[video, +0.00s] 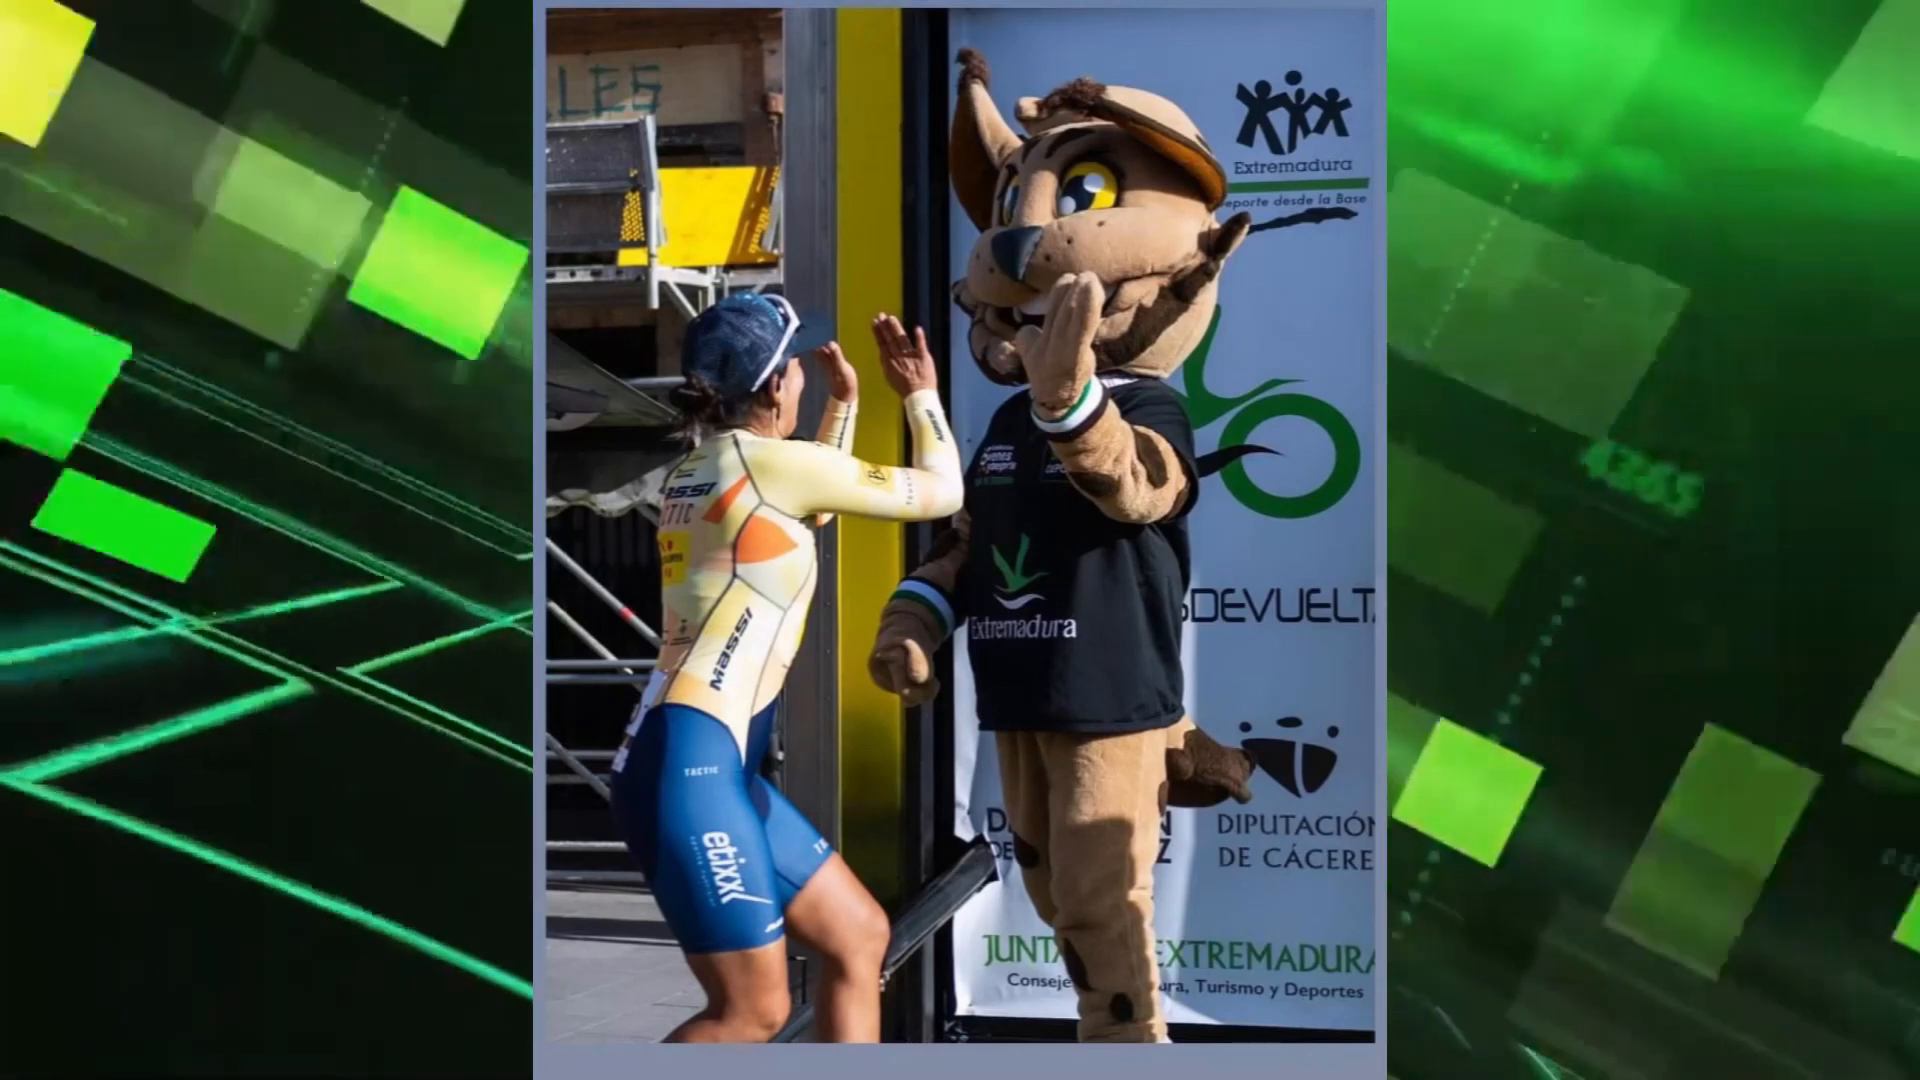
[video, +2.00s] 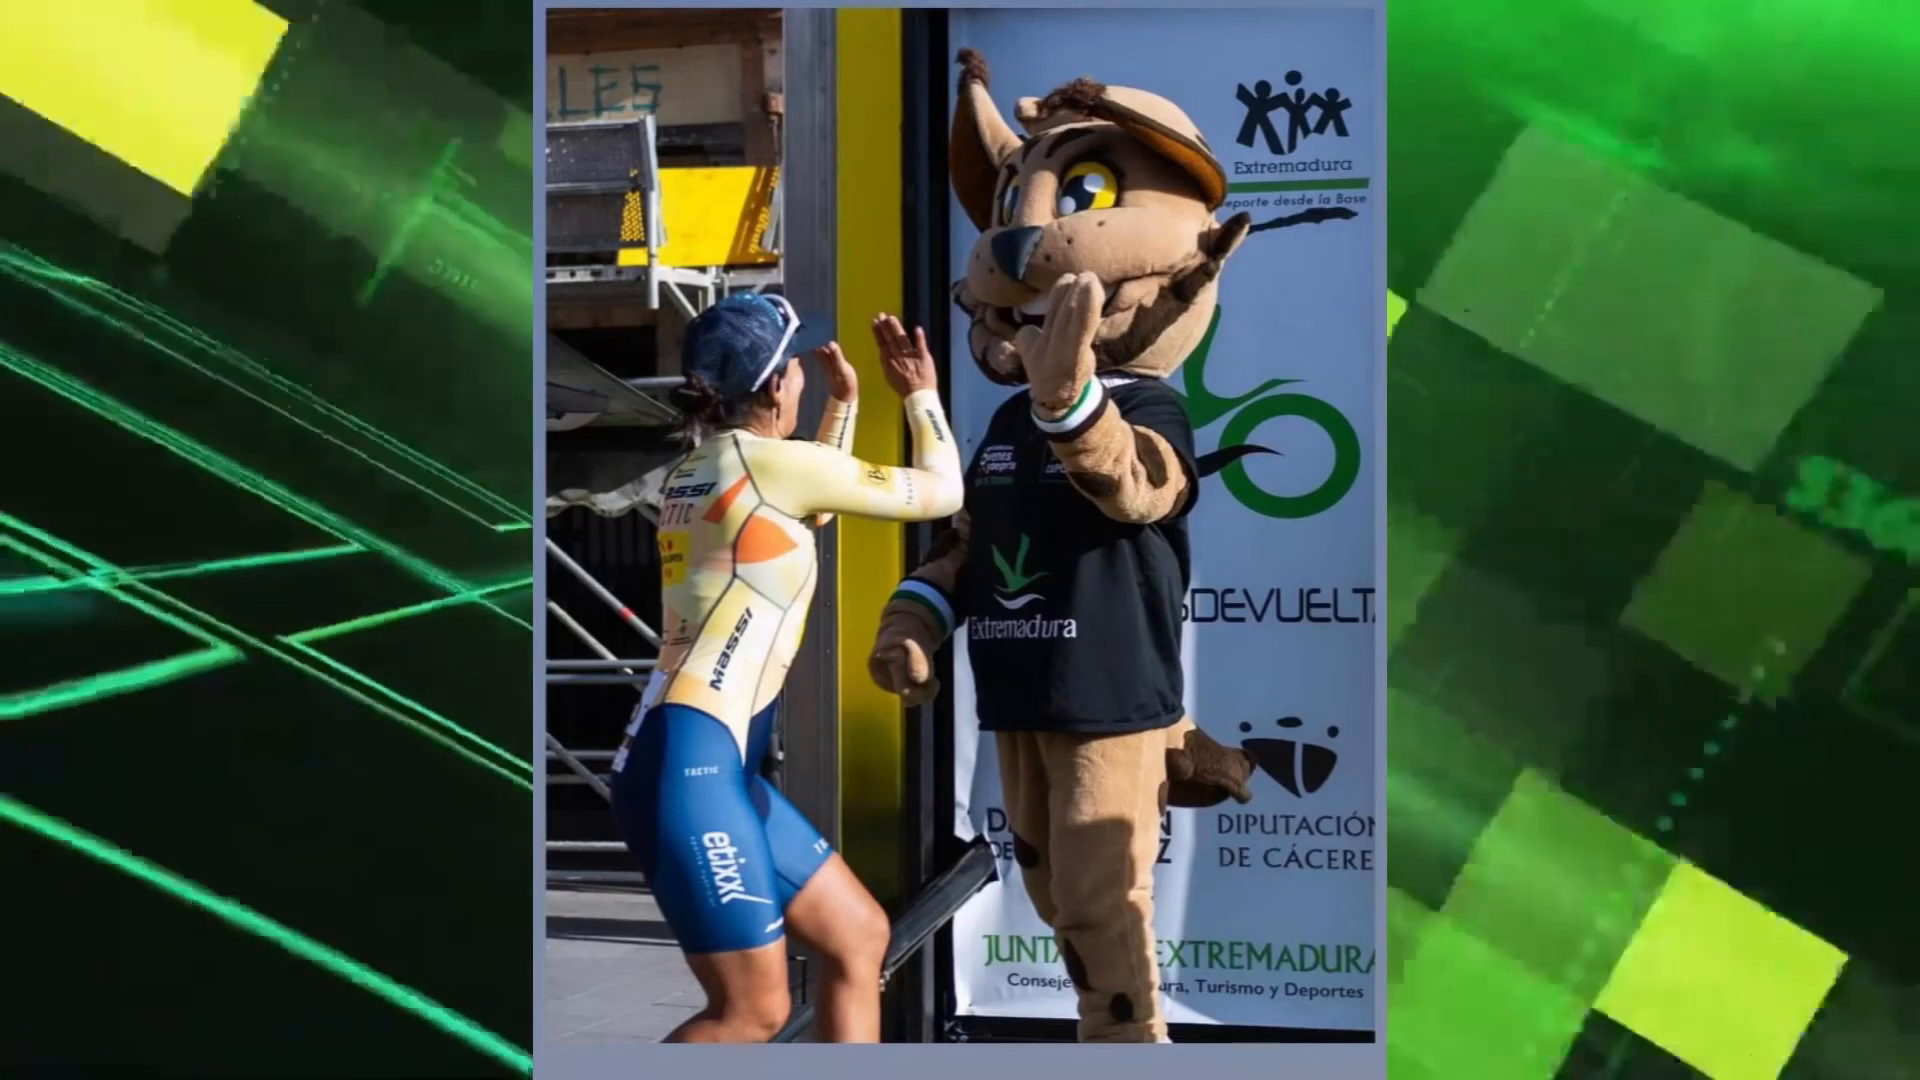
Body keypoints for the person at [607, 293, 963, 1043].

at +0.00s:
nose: (803, 377)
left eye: (800, 363)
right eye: (797, 364)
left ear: (714, 387)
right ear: (778, 380)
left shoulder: (695, 471)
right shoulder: (779, 465)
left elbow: (801, 497)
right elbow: (938, 492)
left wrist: (841, 411)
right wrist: (924, 396)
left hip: (715, 769)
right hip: (686, 774)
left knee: (860, 933)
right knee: (754, 1009)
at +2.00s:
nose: (804, 377)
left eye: (800, 363)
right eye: (797, 364)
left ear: (714, 387)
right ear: (777, 380)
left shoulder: (695, 471)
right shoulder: (779, 465)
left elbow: (801, 496)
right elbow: (938, 492)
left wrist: (840, 411)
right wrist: (924, 396)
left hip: (714, 769)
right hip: (686, 774)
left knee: (860, 933)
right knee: (754, 1009)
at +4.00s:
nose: (803, 377)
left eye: (800, 363)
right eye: (796, 364)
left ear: (715, 387)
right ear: (776, 380)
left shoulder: (692, 471)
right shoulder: (778, 465)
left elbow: (797, 494)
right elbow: (938, 492)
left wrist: (840, 412)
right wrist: (924, 396)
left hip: (714, 770)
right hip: (686, 774)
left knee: (860, 934)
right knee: (754, 1010)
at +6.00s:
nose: (803, 377)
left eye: (799, 363)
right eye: (796, 364)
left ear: (715, 387)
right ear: (776, 380)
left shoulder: (692, 471)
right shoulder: (778, 465)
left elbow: (798, 494)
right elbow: (938, 492)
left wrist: (840, 412)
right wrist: (924, 395)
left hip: (714, 770)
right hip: (686, 774)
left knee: (860, 934)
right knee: (754, 1010)